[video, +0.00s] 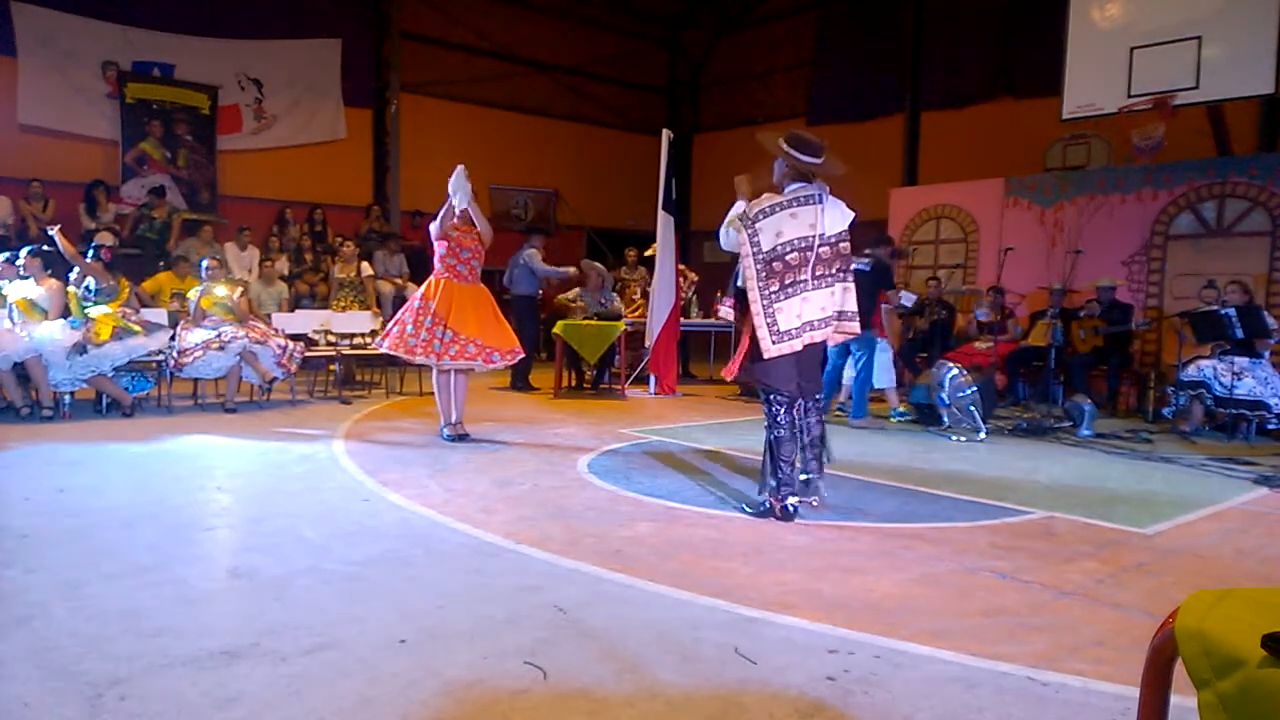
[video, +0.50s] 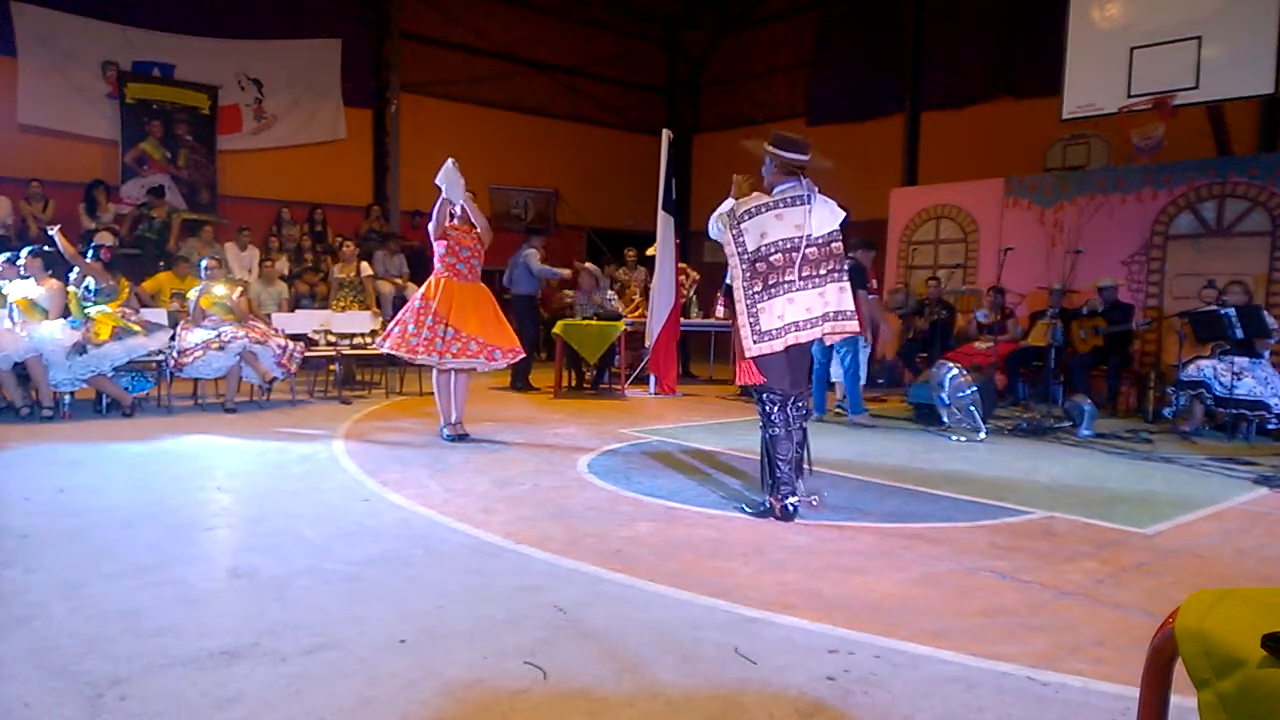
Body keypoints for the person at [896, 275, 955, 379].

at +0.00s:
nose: (932, 290)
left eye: (935, 287)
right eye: (929, 287)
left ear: (941, 289)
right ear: (926, 289)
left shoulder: (948, 308)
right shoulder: (921, 304)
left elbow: (947, 331)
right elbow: (911, 313)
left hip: (939, 339)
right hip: (921, 338)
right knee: (905, 351)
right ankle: (919, 374)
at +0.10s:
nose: (932, 290)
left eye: (935, 287)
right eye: (929, 287)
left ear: (941, 289)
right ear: (926, 289)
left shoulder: (948, 308)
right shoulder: (921, 305)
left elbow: (947, 329)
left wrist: (928, 326)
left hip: (938, 339)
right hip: (920, 339)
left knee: (935, 351)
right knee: (904, 351)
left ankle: (933, 373)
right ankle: (919, 374)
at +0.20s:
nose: (932, 290)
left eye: (935, 287)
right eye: (929, 287)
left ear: (941, 289)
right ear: (926, 289)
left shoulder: (949, 308)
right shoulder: (920, 304)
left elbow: (948, 330)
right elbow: (905, 317)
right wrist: (917, 324)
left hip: (939, 339)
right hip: (920, 339)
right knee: (904, 352)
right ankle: (918, 373)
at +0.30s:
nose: (932, 290)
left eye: (935, 287)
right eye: (929, 287)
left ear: (941, 289)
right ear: (926, 289)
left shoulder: (949, 308)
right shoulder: (920, 304)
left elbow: (947, 329)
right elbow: (904, 316)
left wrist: (928, 326)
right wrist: (917, 323)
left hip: (939, 339)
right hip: (921, 339)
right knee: (904, 351)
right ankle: (919, 374)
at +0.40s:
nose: (932, 290)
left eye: (935, 287)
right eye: (929, 287)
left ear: (941, 289)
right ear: (926, 289)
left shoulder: (948, 308)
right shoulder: (920, 304)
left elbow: (947, 330)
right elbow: (908, 316)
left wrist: (928, 326)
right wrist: (916, 323)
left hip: (939, 339)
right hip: (921, 338)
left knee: (935, 352)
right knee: (904, 351)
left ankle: (934, 374)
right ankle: (919, 375)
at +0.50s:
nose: (931, 290)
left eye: (935, 287)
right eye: (929, 287)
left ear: (941, 289)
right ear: (926, 288)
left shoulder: (949, 308)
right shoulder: (920, 304)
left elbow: (947, 330)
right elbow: (908, 316)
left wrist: (928, 326)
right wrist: (916, 323)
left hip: (939, 339)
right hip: (921, 339)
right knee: (904, 352)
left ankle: (933, 374)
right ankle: (919, 375)